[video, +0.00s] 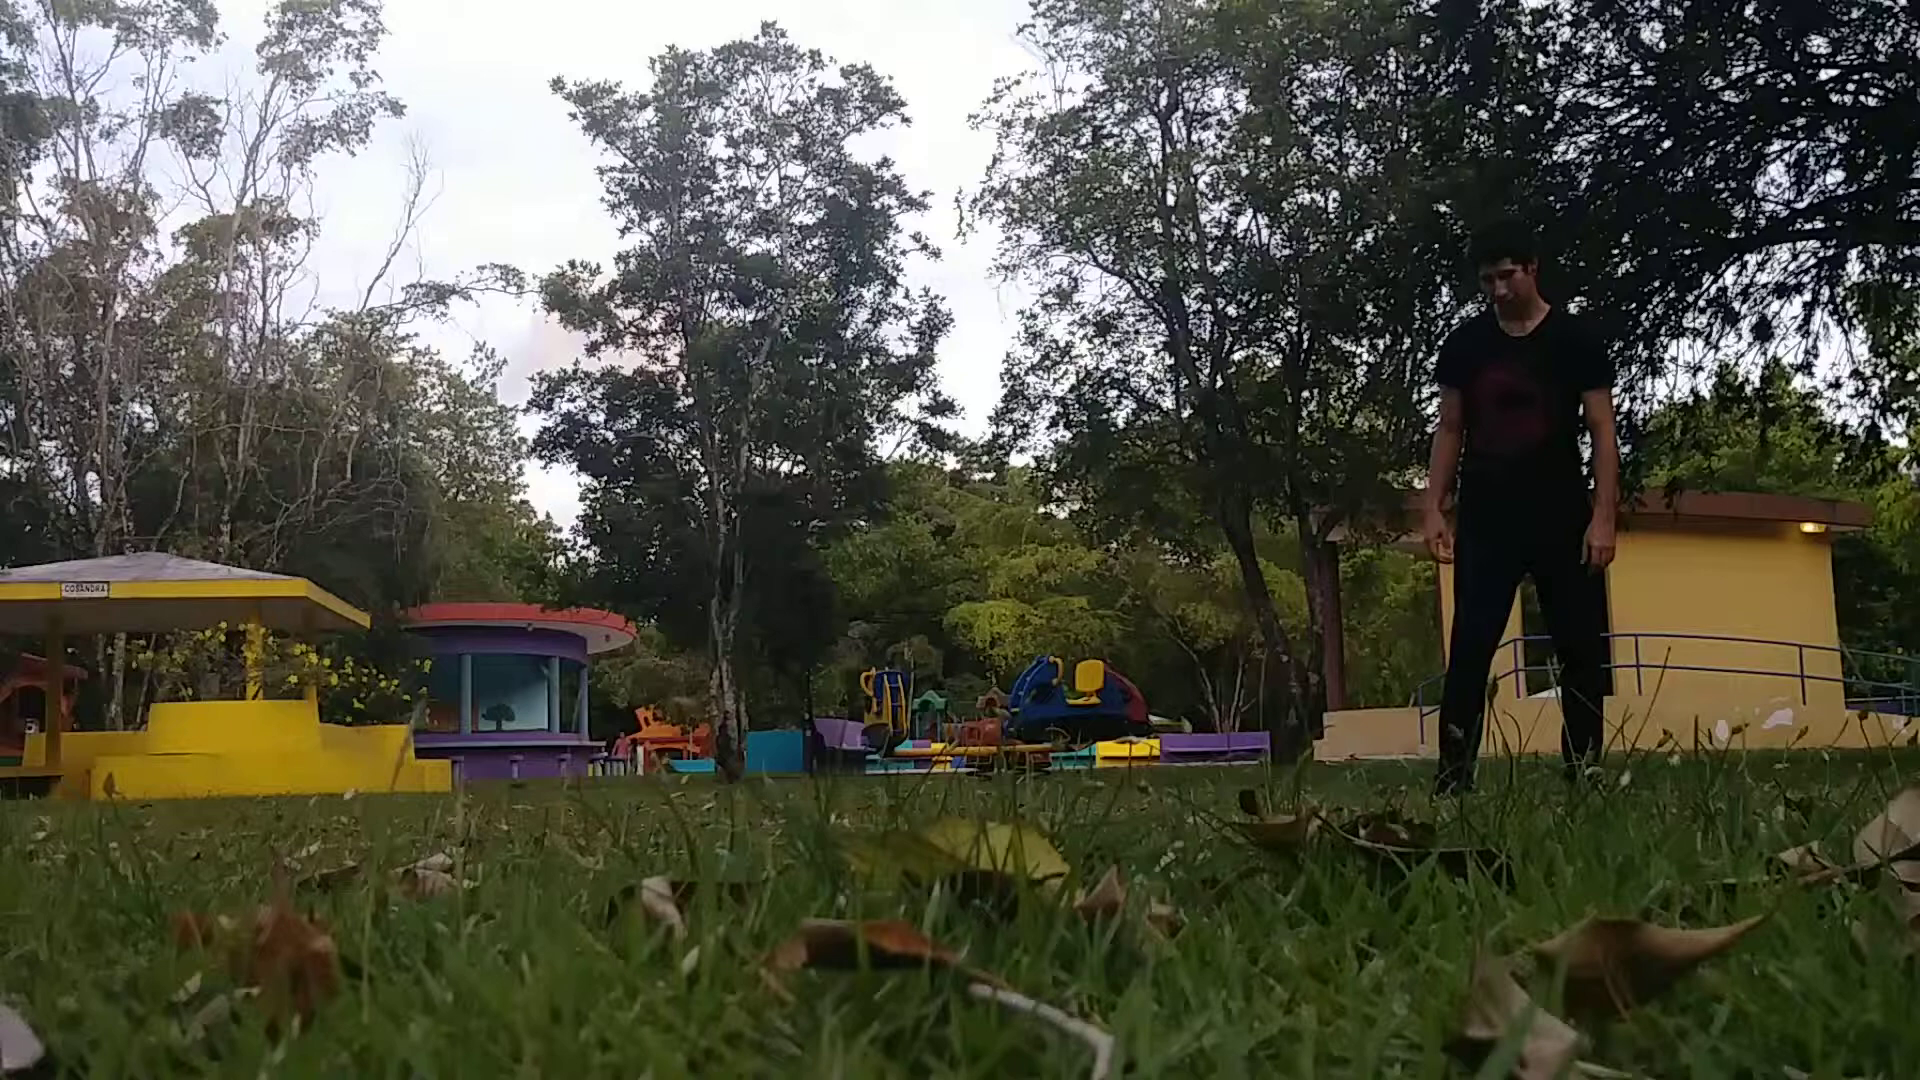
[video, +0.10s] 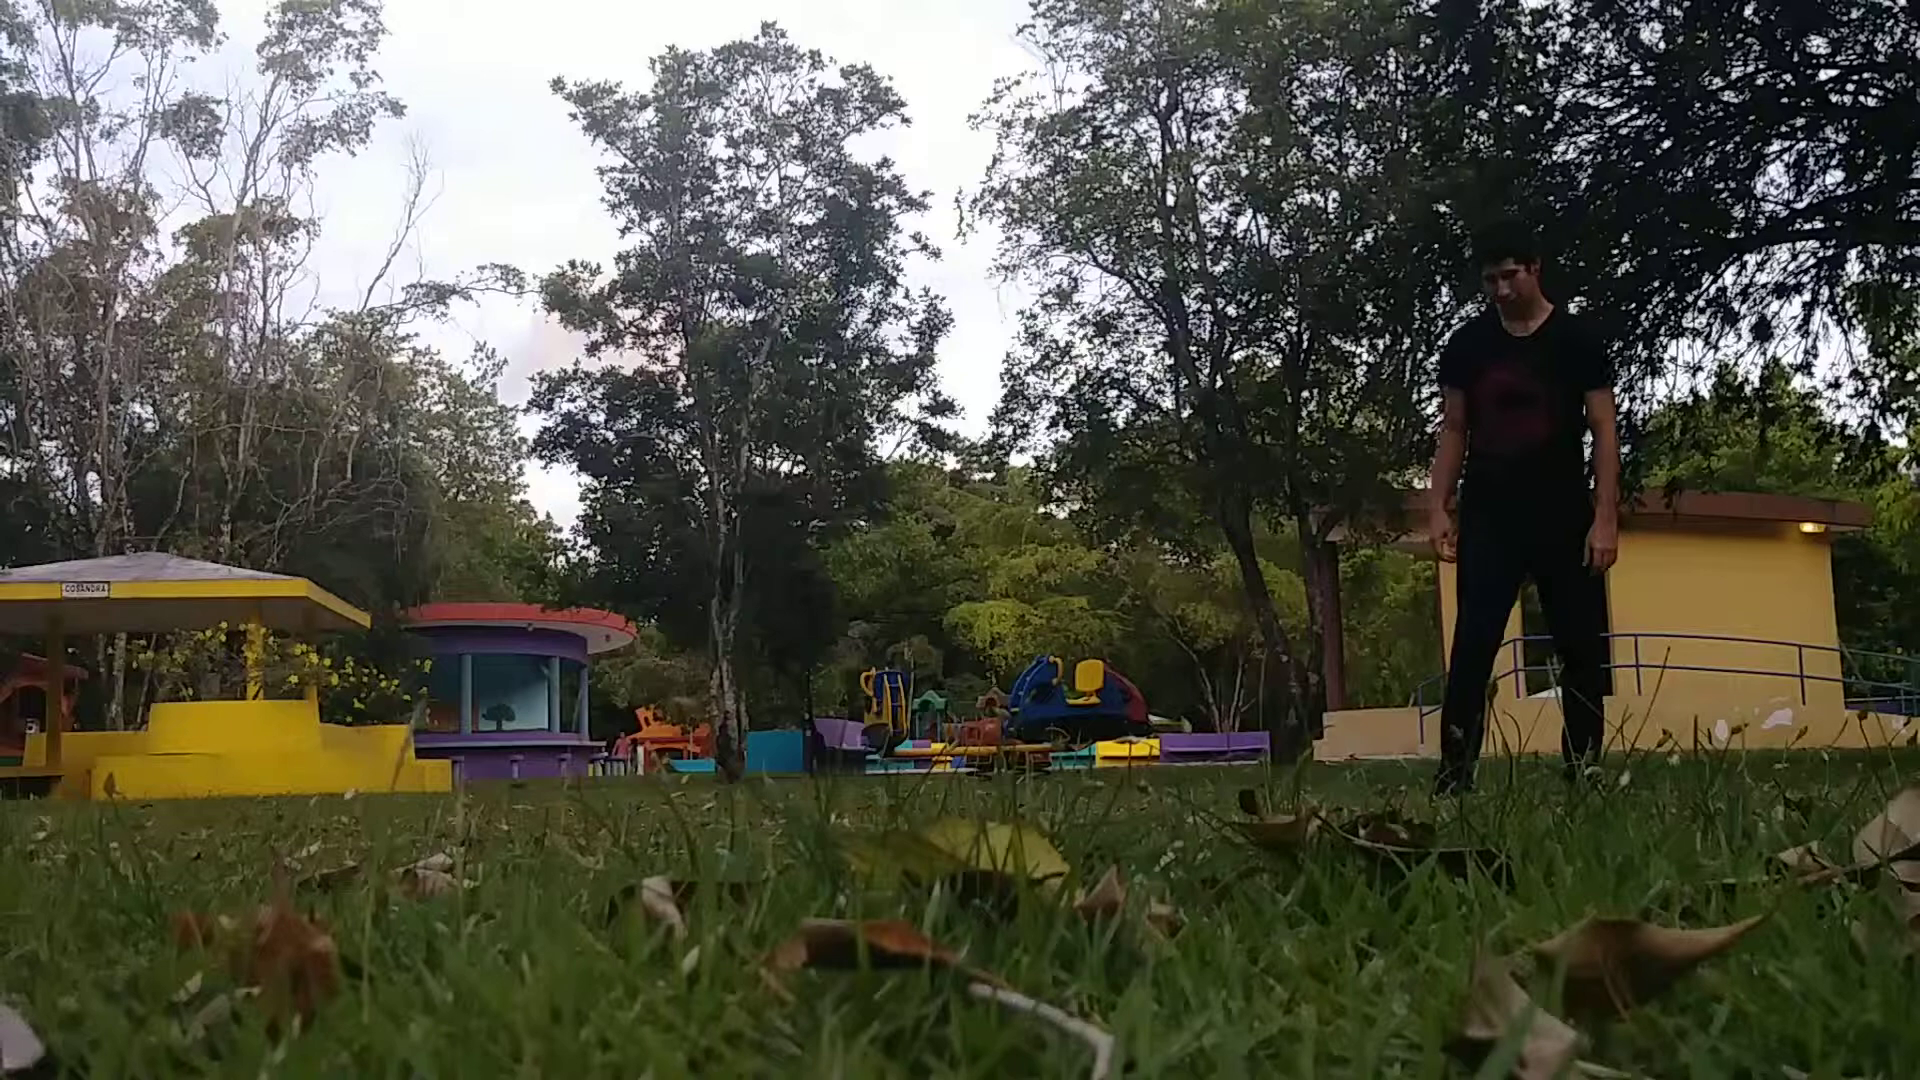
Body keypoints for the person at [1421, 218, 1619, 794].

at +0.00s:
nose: (1499, 288)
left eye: (1508, 275)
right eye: (1490, 279)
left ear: (1532, 271)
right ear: (1481, 281)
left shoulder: (1575, 339)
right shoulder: (1463, 346)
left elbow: (1603, 429)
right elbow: (1448, 428)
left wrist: (1605, 514)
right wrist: (1433, 506)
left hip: (1561, 517)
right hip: (1487, 520)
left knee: (1583, 650)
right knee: (1470, 648)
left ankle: (1581, 772)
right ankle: (1453, 776)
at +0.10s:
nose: (1502, 289)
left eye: (1511, 276)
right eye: (1493, 279)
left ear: (1535, 270)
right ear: (1483, 281)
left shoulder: (1576, 339)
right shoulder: (1465, 345)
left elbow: (1604, 429)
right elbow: (1452, 429)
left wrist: (1606, 516)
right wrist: (1439, 505)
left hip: (1563, 516)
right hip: (1490, 519)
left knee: (1584, 649)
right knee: (1473, 645)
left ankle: (1581, 771)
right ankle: (1455, 774)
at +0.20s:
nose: (1509, 288)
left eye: (1518, 276)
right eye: (1500, 278)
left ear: (1543, 272)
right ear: (1490, 281)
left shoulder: (1584, 340)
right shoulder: (1476, 344)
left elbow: (1608, 434)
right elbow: (1463, 430)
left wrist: (1609, 522)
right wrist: (1448, 506)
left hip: (1568, 517)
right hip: (1495, 519)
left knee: (1586, 649)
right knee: (1478, 643)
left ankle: (1580, 767)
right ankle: (1461, 767)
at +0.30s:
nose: (1513, 287)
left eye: (1522, 275)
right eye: (1504, 279)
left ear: (1546, 271)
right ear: (1494, 282)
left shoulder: (1588, 339)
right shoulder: (1484, 340)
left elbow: (1610, 434)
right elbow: (1470, 430)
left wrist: (1609, 522)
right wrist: (1452, 509)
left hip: (1571, 517)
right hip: (1499, 518)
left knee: (1586, 647)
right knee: (1478, 639)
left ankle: (1580, 764)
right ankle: (1460, 763)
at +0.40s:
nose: (1515, 283)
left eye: (1524, 272)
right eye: (1506, 276)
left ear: (1547, 269)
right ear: (1497, 281)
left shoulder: (1590, 337)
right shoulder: (1487, 341)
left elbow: (1612, 433)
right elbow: (1474, 432)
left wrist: (1608, 519)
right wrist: (1456, 513)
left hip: (1572, 516)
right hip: (1500, 516)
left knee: (1587, 647)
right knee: (1475, 638)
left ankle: (1582, 763)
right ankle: (1459, 761)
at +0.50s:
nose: (1514, 280)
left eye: (1523, 269)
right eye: (1505, 272)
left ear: (1547, 268)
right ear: (1497, 279)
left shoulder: (1589, 338)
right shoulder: (1485, 341)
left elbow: (1611, 434)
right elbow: (1472, 433)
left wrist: (1602, 519)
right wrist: (1458, 514)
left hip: (1570, 519)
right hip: (1497, 520)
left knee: (1586, 651)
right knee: (1476, 647)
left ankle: (1581, 764)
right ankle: (1466, 765)